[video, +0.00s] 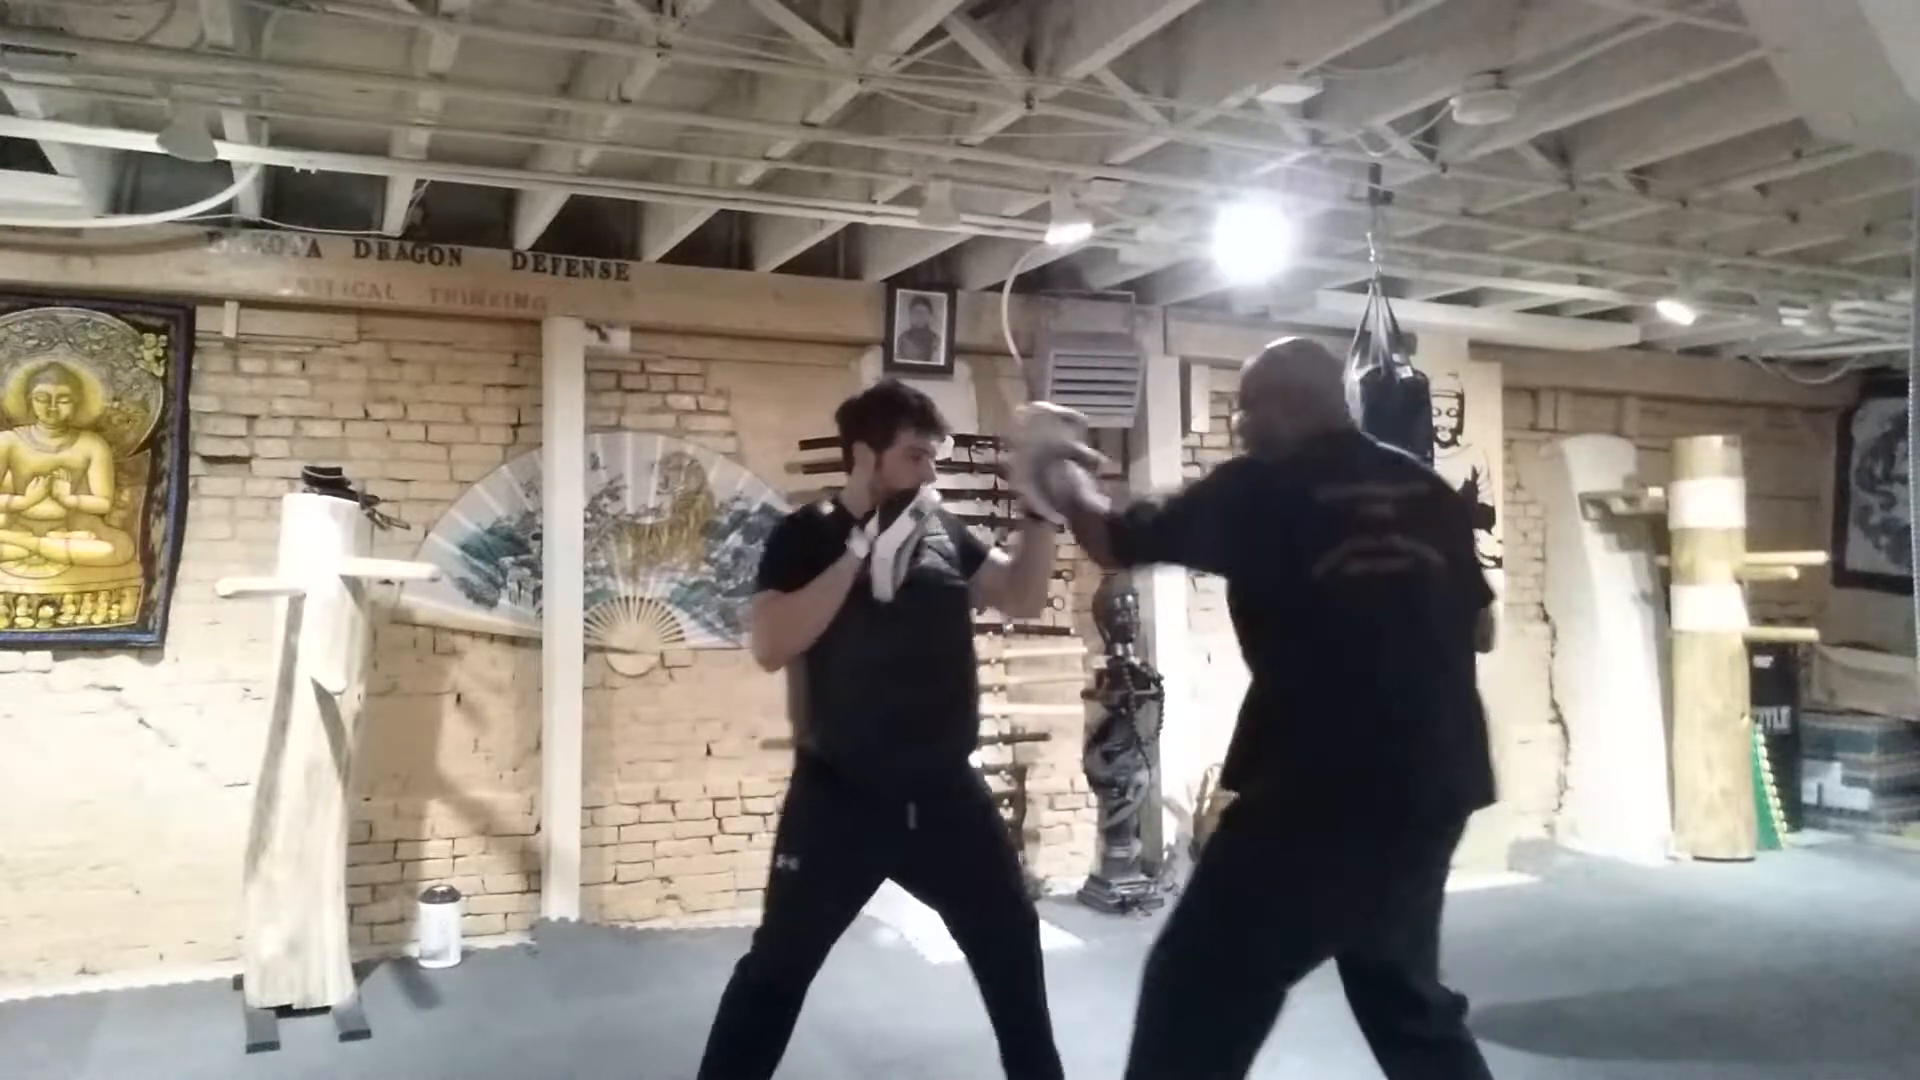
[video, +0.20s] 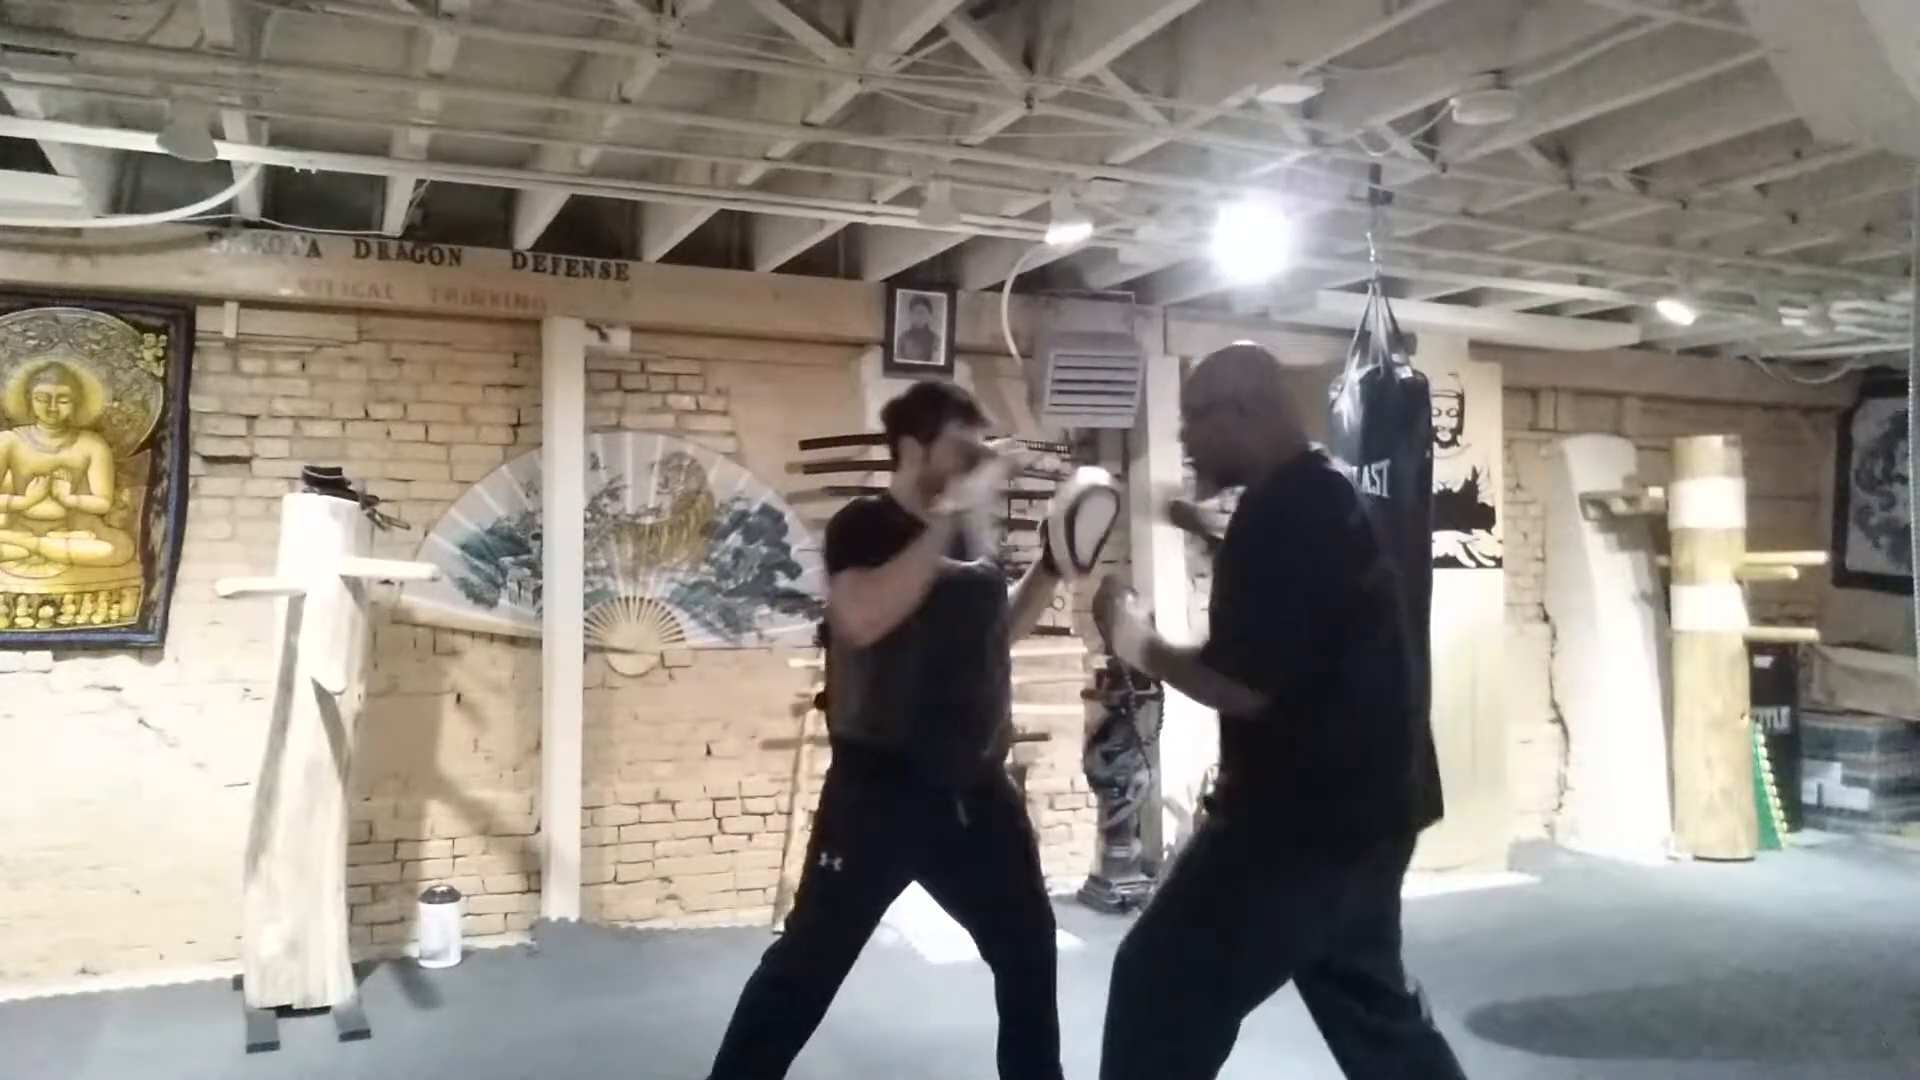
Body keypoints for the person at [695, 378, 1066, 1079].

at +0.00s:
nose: (929, 468)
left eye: (932, 455)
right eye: (915, 454)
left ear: (930, 456)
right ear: (864, 451)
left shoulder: (943, 534)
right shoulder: (805, 535)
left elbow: (1023, 596)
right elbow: (772, 644)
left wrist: (1038, 492)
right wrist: (857, 552)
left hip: (944, 794)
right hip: (838, 798)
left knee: (1012, 951)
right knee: (777, 970)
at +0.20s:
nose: (974, 465)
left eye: (978, 453)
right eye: (961, 448)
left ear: (974, 458)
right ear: (910, 448)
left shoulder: (967, 541)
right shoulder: (864, 525)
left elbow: (990, 638)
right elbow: (857, 619)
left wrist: (1052, 565)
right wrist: (950, 517)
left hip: (973, 795)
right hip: (875, 795)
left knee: (1029, 957)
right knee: (803, 973)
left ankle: (1035, 1079)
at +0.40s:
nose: (966, 477)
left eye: (972, 463)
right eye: (955, 459)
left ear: (975, 468)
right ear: (901, 453)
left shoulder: (959, 543)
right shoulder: (854, 525)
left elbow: (1021, 596)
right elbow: (858, 601)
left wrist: (1030, 528)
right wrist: (957, 511)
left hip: (960, 796)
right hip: (865, 797)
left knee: (1025, 950)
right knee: (805, 973)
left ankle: (1036, 1079)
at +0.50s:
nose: (946, 475)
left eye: (954, 460)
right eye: (933, 457)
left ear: (961, 465)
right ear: (883, 453)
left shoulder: (954, 544)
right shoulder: (833, 530)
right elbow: (816, 626)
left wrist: (1014, 557)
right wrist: (913, 522)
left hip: (949, 793)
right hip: (848, 797)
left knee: (1025, 937)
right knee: (792, 972)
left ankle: (1036, 1077)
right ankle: (730, 1079)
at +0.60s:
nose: (934, 472)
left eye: (941, 459)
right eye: (919, 455)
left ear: (947, 464)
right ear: (871, 453)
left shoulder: (949, 544)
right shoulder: (818, 535)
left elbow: (954, 649)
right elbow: (792, 635)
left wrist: (996, 580)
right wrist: (862, 525)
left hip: (947, 795)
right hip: (843, 800)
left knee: (1020, 947)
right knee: (788, 972)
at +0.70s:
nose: (935, 467)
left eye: (937, 452)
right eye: (920, 452)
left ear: (924, 458)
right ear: (869, 455)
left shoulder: (944, 537)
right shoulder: (813, 541)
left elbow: (992, 629)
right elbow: (772, 644)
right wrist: (827, 533)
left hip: (955, 794)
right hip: (851, 800)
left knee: (1014, 947)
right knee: (794, 970)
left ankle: (1036, 1076)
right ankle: (733, 1079)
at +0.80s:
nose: (934, 470)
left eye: (938, 454)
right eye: (918, 454)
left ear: (939, 456)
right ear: (863, 457)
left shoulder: (948, 539)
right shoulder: (809, 545)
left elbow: (1004, 641)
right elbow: (764, 650)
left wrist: (1017, 555)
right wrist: (815, 539)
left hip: (960, 796)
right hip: (853, 800)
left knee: (1020, 959)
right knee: (794, 970)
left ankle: (1036, 1079)